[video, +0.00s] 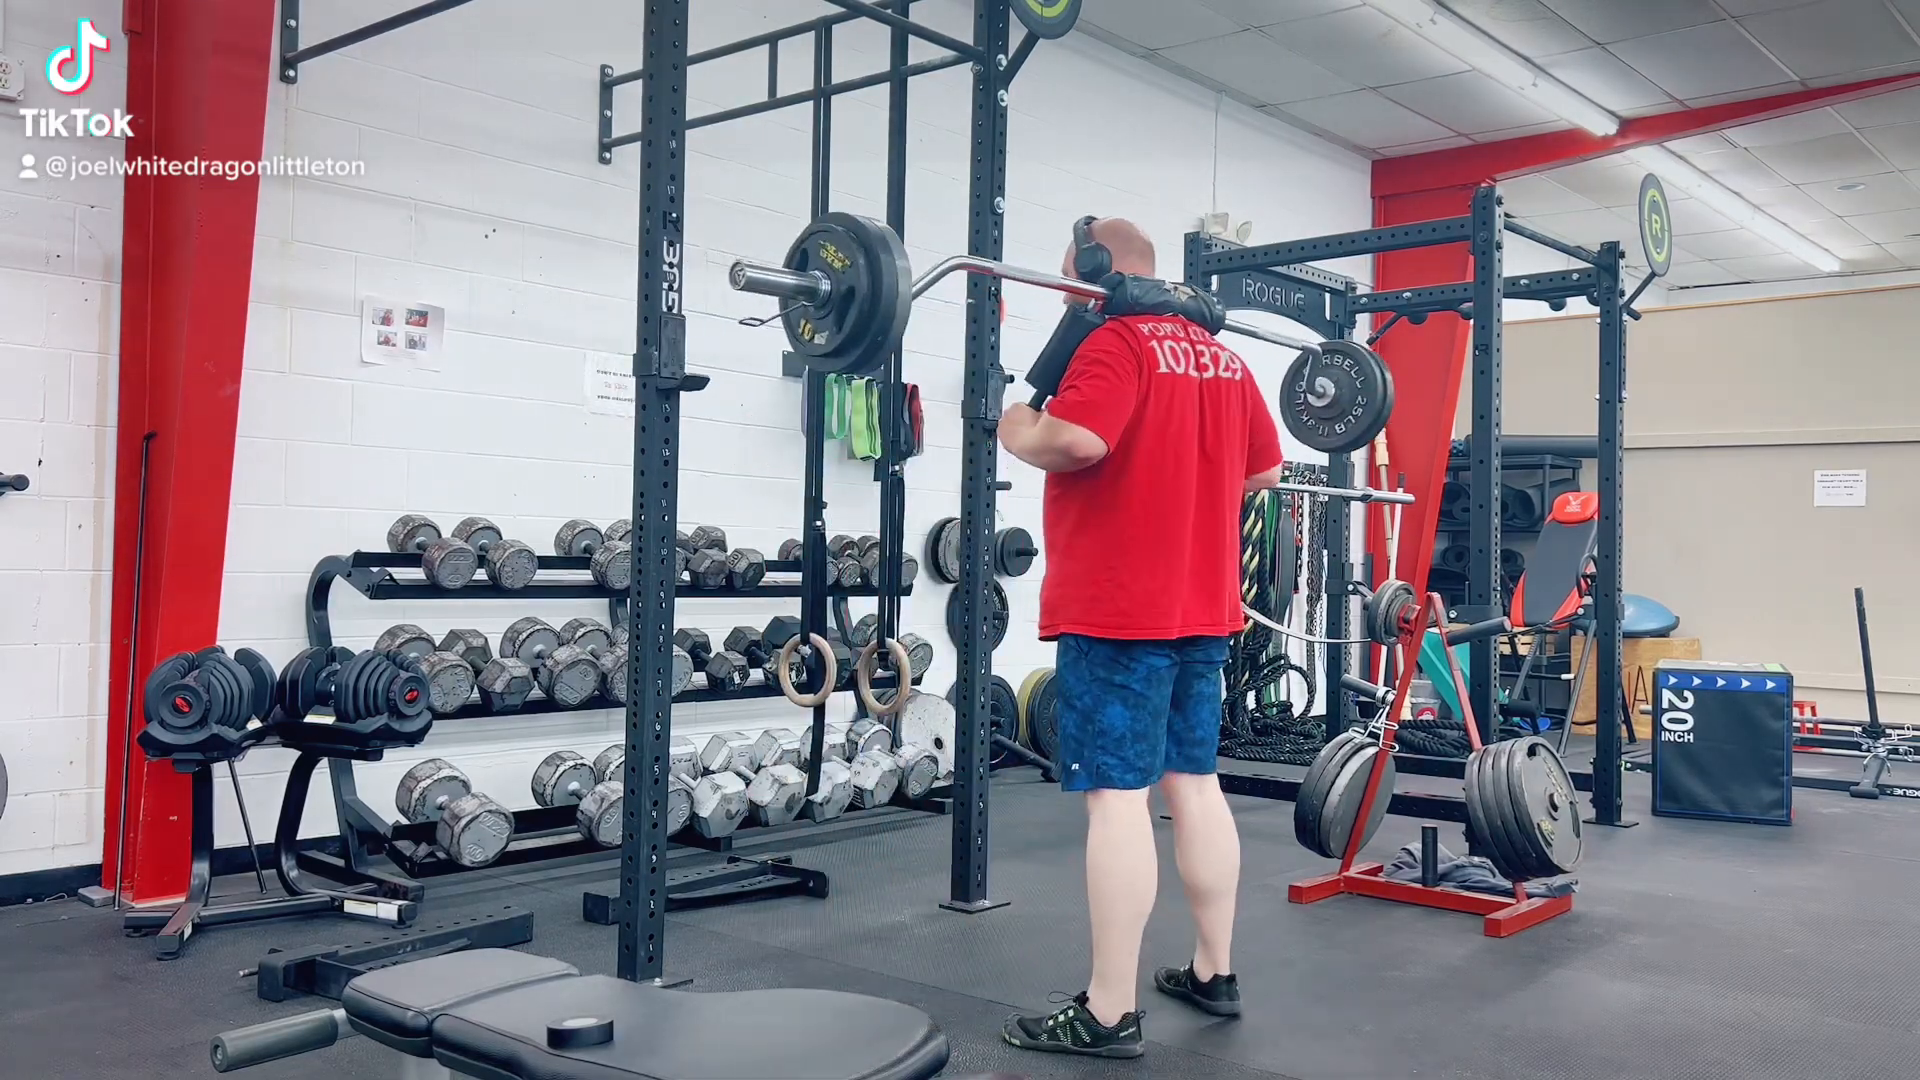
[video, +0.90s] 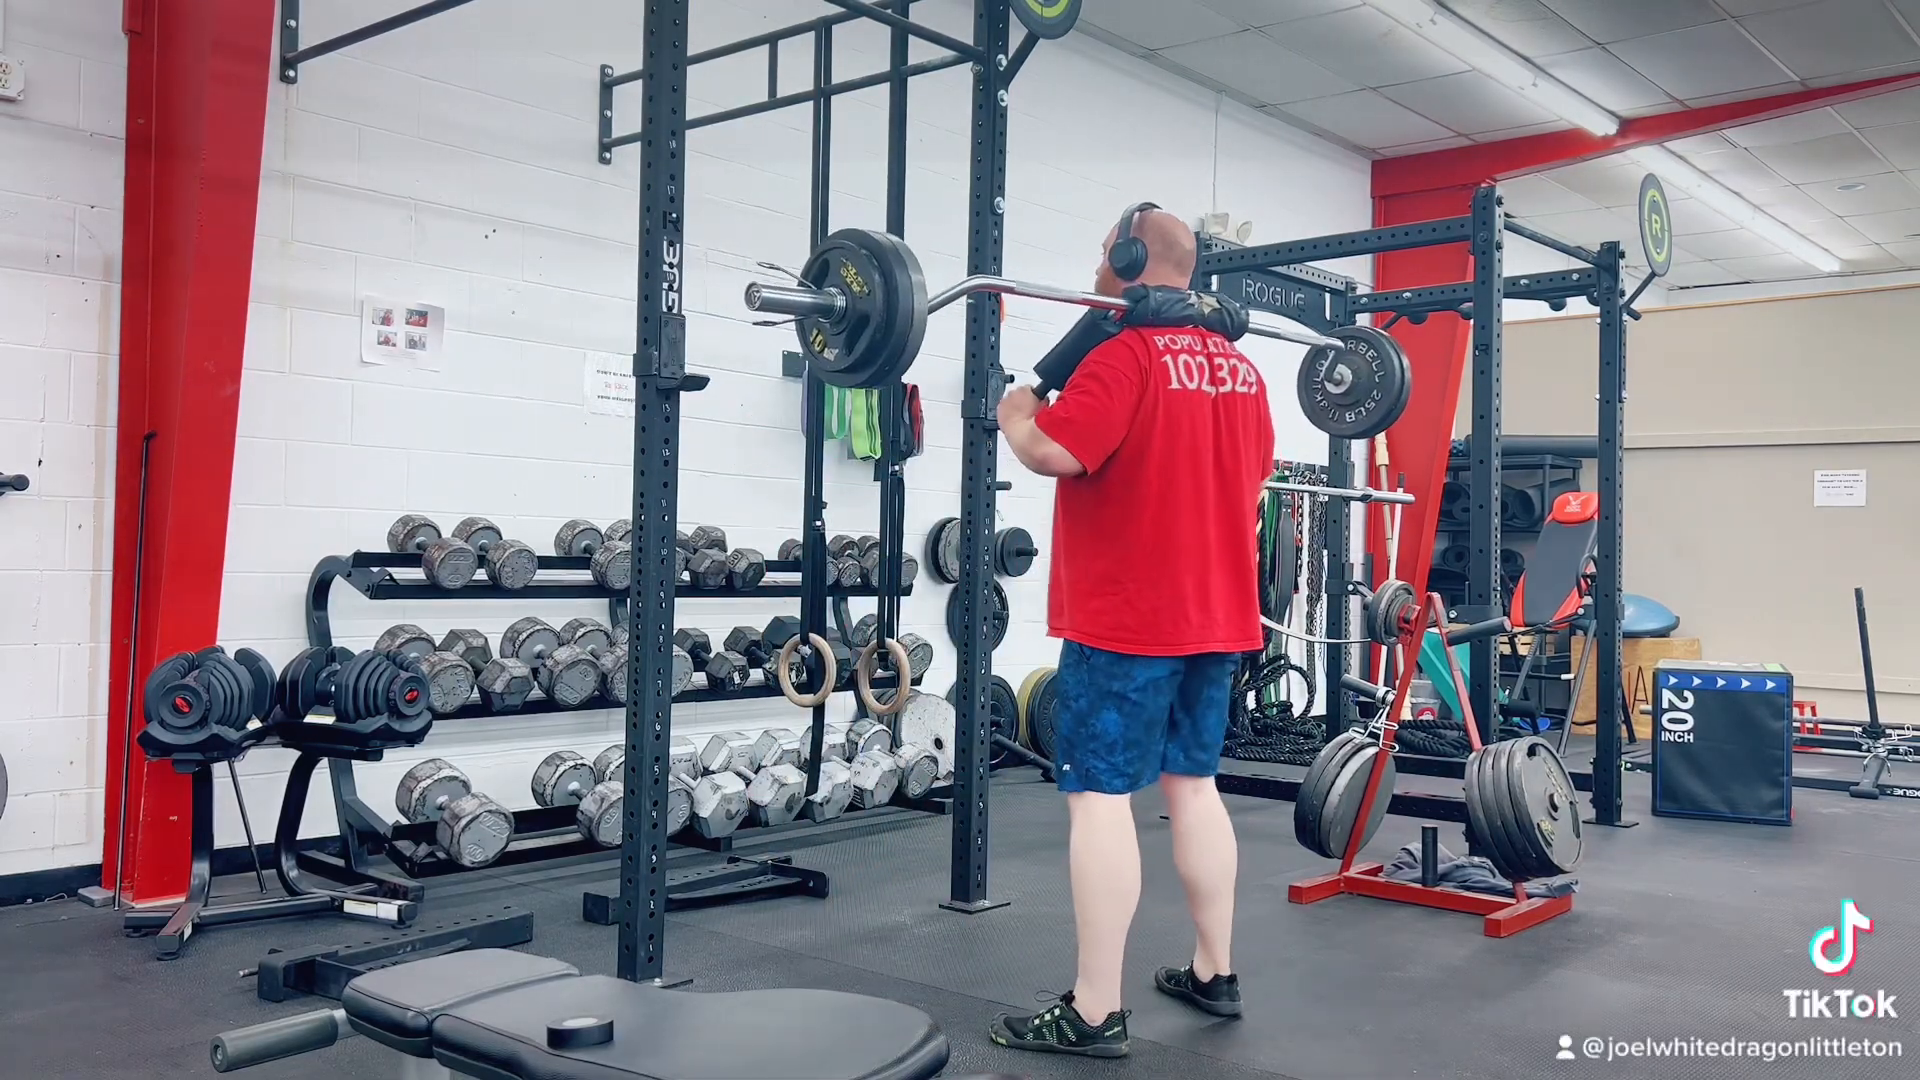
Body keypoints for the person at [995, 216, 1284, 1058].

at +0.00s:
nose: (1068, 291)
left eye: (1070, 278)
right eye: (1069, 277)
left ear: (1088, 278)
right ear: (1153, 271)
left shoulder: (1114, 341)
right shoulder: (1220, 353)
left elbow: (1083, 441)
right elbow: (1263, 466)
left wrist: (1021, 429)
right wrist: (1183, 493)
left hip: (1120, 604)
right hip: (1207, 603)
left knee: (1116, 795)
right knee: (1194, 781)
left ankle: (1109, 1008)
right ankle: (1216, 974)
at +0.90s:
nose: (1096, 281)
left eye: (1102, 268)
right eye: (1102, 267)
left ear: (1123, 276)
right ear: (1188, 280)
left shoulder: (1126, 352)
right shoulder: (1239, 364)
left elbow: (1054, 452)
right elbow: (1256, 480)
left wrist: (1017, 413)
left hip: (1127, 615)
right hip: (1220, 615)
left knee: (1100, 794)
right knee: (1194, 784)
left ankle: (1094, 1008)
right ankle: (1215, 972)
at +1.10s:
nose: (1078, 358)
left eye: (1083, 345)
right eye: (1082, 344)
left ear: (1103, 352)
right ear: (1167, 352)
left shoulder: (1112, 429)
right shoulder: (1223, 430)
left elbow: (1015, 526)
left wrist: (994, 471)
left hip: (1142, 667)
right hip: (1243, 669)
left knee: (1034, 799)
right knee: (1176, 792)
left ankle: (1091, 1007)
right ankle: (1215, 974)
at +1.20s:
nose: (1067, 436)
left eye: (1072, 422)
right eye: (1070, 423)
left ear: (1092, 429)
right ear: (1158, 430)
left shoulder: (1108, 504)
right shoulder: (1212, 497)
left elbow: (1006, 597)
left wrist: (990, 540)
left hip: (1160, 728)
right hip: (1261, 730)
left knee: (1014, 810)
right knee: (1172, 808)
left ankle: (1090, 1009)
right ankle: (1214, 975)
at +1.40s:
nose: (1066, 560)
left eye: (1069, 549)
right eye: (1071, 548)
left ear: (1082, 556)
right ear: (1149, 555)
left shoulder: (1101, 627)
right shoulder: (1201, 612)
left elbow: (995, 723)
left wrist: (978, 660)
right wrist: (1075, 615)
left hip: (1190, 845)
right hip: (1274, 843)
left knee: (988, 820)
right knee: (1156, 784)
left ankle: (1088, 1009)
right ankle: (1211, 973)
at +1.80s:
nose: (1064, 451)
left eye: (1067, 440)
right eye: (1067, 440)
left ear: (1084, 445)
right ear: (1153, 442)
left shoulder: (1104, 513)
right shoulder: (1211, 508)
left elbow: (1014, 611)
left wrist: (987, 562)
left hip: (1162, 730)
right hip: (1265, 730)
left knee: (1011, 807)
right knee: (1166, 806)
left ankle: (1089, 1009)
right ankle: (1212, 974)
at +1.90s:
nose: (1073, 374)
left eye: (1077, 362)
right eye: (1075, 362)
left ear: (1096, 364)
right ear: (1162, 360)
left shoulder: (1112, 429)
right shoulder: (1218, 433)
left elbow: (1021, 526)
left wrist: (996, 481)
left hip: (1151, 658)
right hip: (1249, 660)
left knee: (1033, 795)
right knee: (1175, 788)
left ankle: (1089, 1007)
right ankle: (1212, 973)